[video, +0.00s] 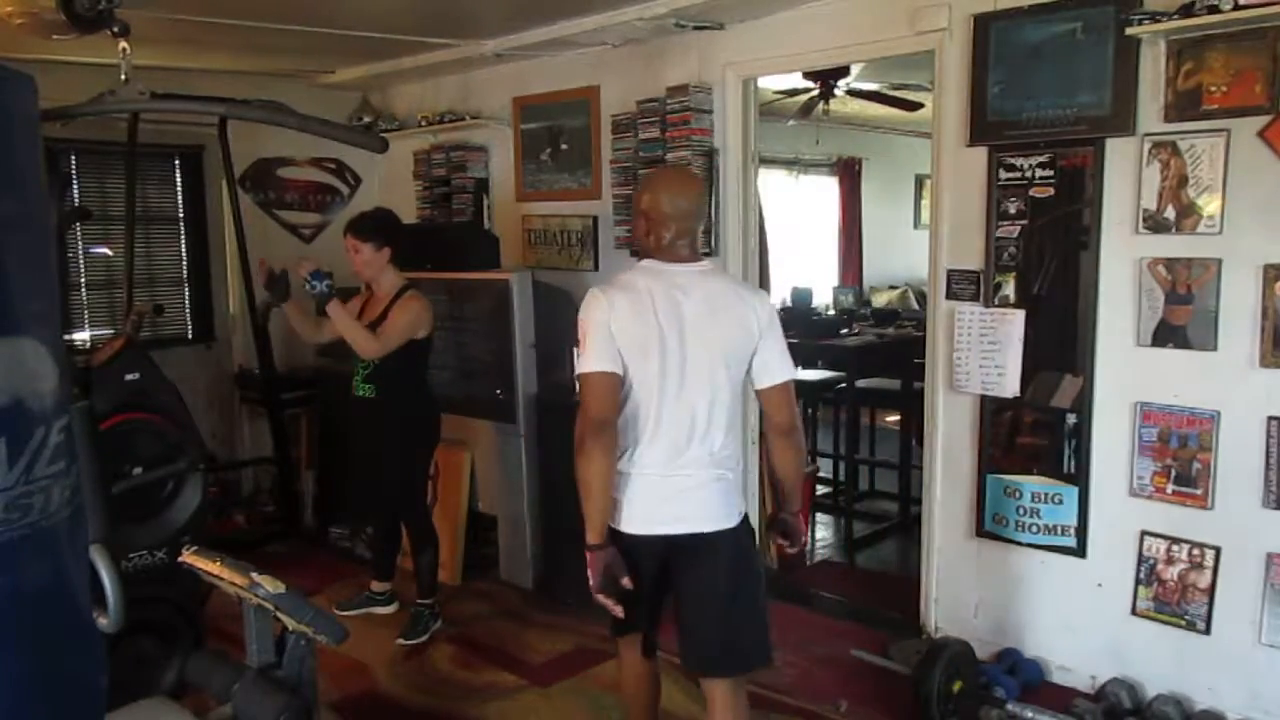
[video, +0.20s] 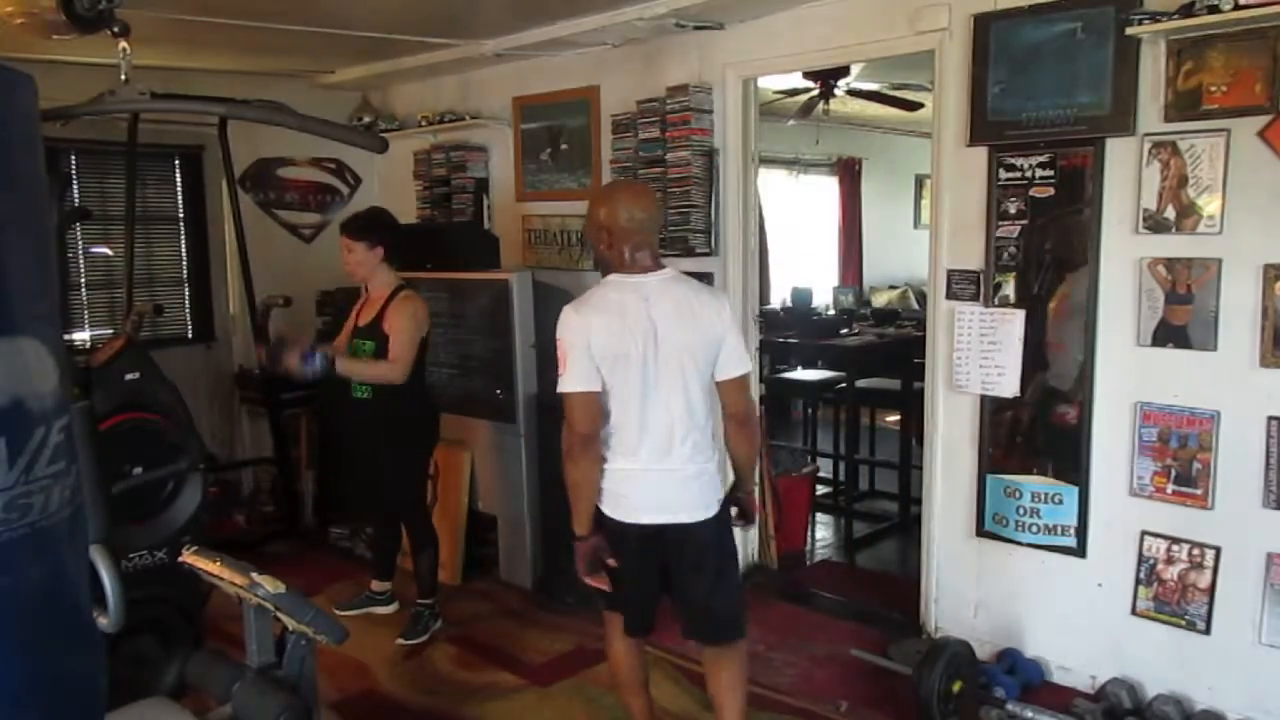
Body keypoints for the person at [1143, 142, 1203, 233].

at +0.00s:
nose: (1158, 159)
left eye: (1159, 154)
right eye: (1156, 156)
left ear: (1168, 150)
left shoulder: (1175, 161)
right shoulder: (1164, 165)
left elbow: (1170, 187)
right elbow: (1162, 188)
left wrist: (1161, 213)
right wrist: (1157, 212)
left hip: (1190, 211)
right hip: (1180, 212)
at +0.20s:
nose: (1158, 158)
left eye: (1159, 153)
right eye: (1155, 156)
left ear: (1168, 149)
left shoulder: (1175, 161)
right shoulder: (1164, 165)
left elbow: (1171, 187)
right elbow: (1162, 188)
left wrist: (1161, 213)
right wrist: (1157, 212)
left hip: (1190, 212)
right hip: (1180, 213)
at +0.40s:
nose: (1158, 158)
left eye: (1159, 153)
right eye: (1155, 156)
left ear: (1168, 149)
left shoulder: (1175, 161)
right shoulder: (1164, 165)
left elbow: (1171, 187)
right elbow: (1162, 188)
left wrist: (1160, 213)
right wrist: (1157, 213)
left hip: (1190, 212)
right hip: (1180, 213)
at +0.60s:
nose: (1158, 158)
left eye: (1159, 153)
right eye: (1155, 156)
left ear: (1168, 149)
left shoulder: (1175, 161)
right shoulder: (1164, 165)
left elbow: (1171, 188)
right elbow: (1162, 188)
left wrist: (1160, 213)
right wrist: (1157, 213)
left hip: (1190, 212)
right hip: (1180, 213)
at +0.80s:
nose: (1158, 158)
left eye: (1159, 153)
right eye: (1155, 156)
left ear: (1168, 149)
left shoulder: (1175, 161)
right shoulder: (1164, 165)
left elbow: (1171, 188)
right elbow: (1162, 188)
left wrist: (1160, 213)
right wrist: (1157, 213)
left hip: (1190, 212)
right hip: (1180, 213)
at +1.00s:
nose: (1158, 158)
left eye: (1159, 154)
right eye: (1155, 156)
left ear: (1168, 149)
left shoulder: (1175, 161)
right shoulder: (1164, 164)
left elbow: (1170, 188)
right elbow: (1162, 188)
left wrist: (1160, 213)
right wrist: (1157, 212)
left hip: (1190, 211)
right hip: (1180, 212)